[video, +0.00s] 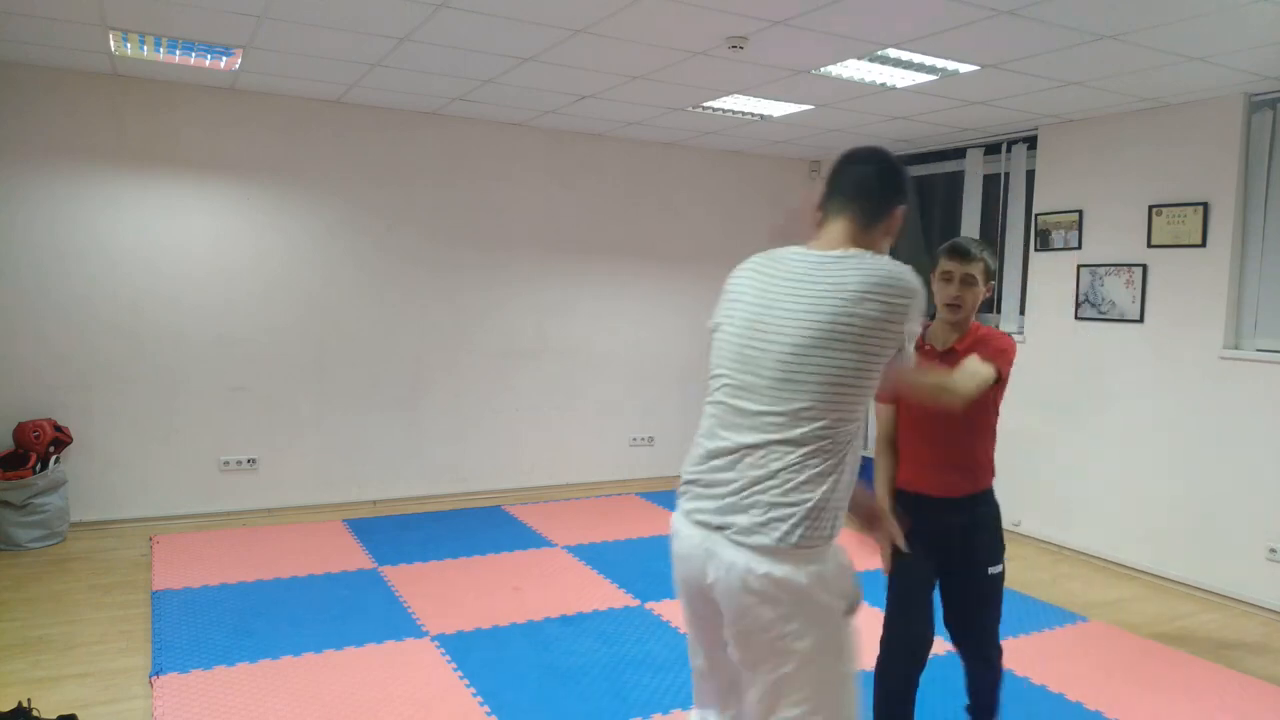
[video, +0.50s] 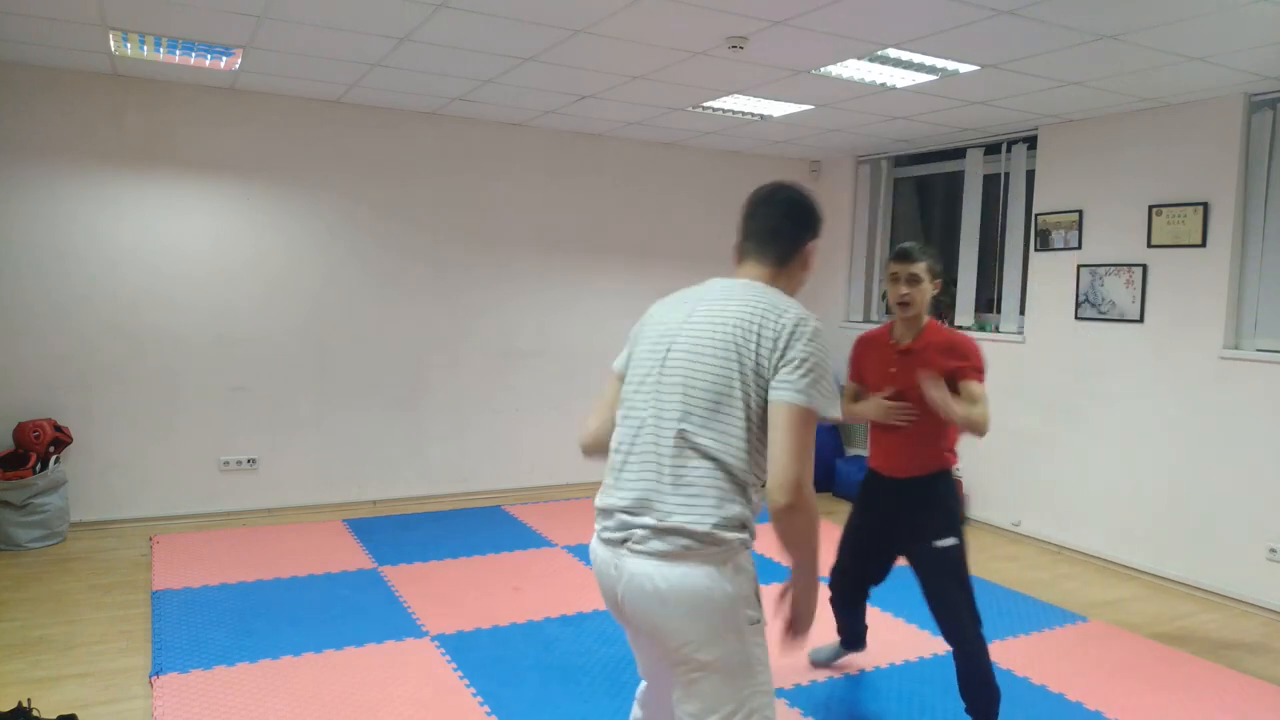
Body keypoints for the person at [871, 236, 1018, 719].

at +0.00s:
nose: (955, 290)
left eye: (968, 282)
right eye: (946, 278)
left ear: (985, 292)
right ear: (932, 282)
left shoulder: (995, 344)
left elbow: (957, 391)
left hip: (971, 515)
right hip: (909, 512)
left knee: (979, 643)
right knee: (903, 644)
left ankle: (983, 713)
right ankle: (890, 716)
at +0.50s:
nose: (902, 290)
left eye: (913, 281)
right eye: (894, 281)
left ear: (934, 287)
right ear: (885, 287)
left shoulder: (958, 348)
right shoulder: (868, 345)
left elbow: (980, 420)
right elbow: (847, 409)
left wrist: (947, 403)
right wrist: (868, 410)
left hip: (932, 493)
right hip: (878, 490)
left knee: (958, 619)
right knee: (845, 583)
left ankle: (984, 711)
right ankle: (851, 642)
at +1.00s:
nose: (809, 294)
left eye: (818, 286)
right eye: (802, 286)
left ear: (836, 287)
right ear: (792, 287)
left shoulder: (854, 331)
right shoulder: (779, 330)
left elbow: (887, 382)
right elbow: (750, 376)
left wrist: (841, 344)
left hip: (830, 455)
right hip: (781, 450)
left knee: (825, 560)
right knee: (770, 538)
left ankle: (851, 655)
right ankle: (770, 613)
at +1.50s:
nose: (768, 287)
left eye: (777, 280)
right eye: (761, 278)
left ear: (793, 284)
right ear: (751, 281)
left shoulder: (809, 330)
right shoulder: (734, 330)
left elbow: (808, 392)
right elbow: (726, 392)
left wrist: (760, 351)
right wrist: (723, 432)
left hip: (793, 455)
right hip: (749, 455)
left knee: (783, 561)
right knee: (750, 546)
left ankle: (772, 663)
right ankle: (767, 610)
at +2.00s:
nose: (774, 282)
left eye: (785, 275)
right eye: (767, 272)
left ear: (802, 280)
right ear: (758, 273)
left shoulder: (817, 337)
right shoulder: (737, 325)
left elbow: (829, 410)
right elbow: (714, 389)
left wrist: (819, 475)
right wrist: (711, 448)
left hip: (786, 463)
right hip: (740, 458)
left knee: (772, 571)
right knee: (724, 554)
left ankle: (761, 672)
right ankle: (768, 610)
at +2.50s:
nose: (799, 291)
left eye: (807, 282)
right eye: (794, 283)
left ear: (830, 284)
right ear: (790, 285)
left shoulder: (844, 342)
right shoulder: (781, 339)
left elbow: (854, 408)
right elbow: (761, 395)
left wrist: (851, 470)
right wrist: (736, 445)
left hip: (804, 460)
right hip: (764, 455)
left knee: (779, 564)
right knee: (780, 551)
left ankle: (763, 673)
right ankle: (810, 619)